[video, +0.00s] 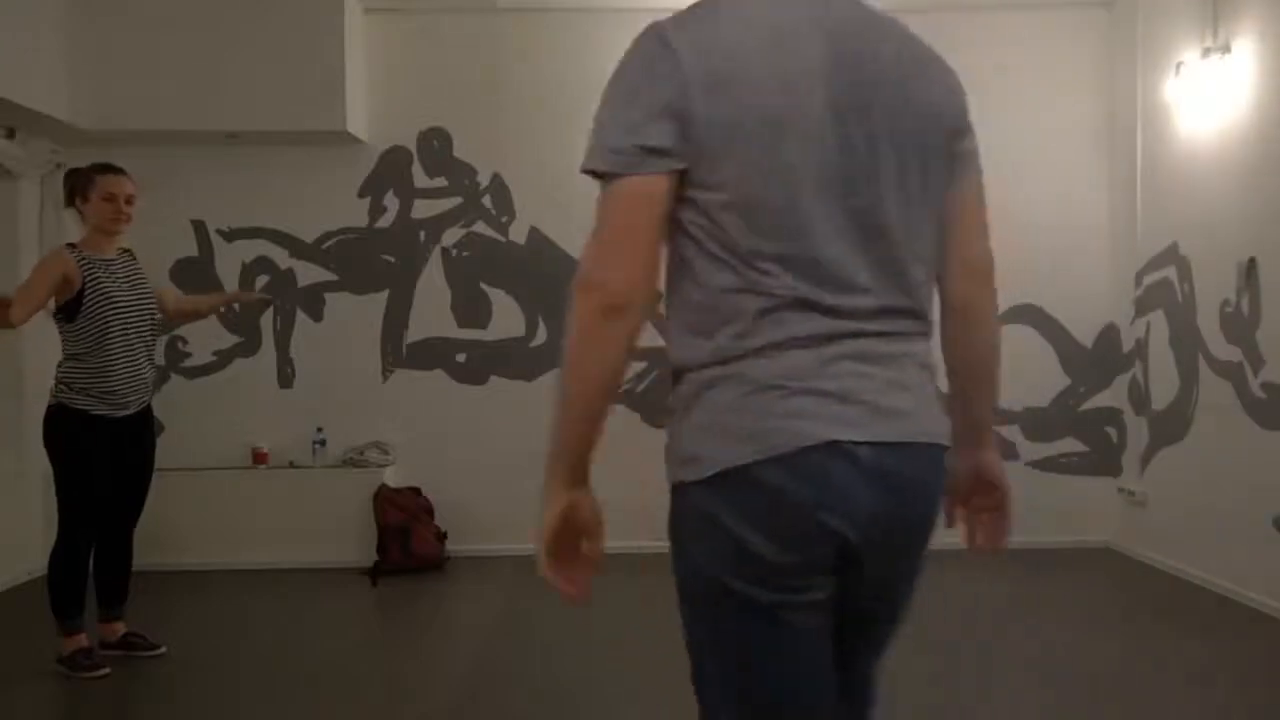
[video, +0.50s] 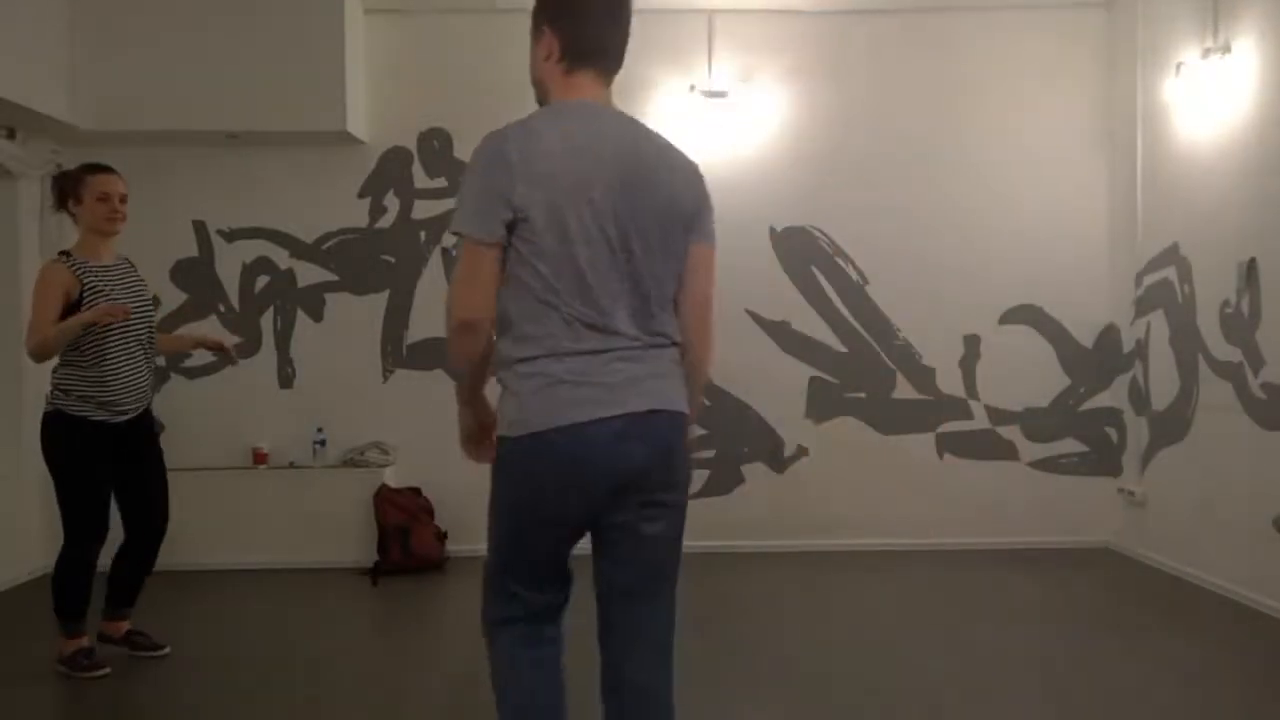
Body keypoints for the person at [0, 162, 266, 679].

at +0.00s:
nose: (121, 209)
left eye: (128, 201)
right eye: (109, 199)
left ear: (135, 207)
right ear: (82, 204)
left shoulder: (130, 264)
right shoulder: (65, 262)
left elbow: (170, 307)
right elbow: (18, 309)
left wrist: (232, 297)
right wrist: (11, 312)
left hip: (133, 419)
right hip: (79, 420)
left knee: (119, 527)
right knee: (77, 530)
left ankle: (112, 630)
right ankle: (73, 641)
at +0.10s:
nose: (118, 209)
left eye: (125, 201)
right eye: (106, 199)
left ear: (131, 207)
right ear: (78, 204)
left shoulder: (130, 267)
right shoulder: (62, 268)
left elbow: (167, 316)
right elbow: (18, 338)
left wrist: (232, 296)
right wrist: (32, 303)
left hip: (132, 419)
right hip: (77, 420)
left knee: (118, 528)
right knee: (77, 531)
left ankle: (112, 630)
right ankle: (73, 641)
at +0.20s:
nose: (114, 209)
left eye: (120, 201)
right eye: (102, 199)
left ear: (126, 208)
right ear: (73, 204)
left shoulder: (129, 267)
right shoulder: (58, 270)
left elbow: (152, 333)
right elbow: (32, 351)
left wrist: (206, 318)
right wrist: (50, 317)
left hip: (131, 421)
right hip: (76, 423)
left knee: (119, 529)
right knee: (77, 532)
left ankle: (112, 630)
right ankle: (71, 642)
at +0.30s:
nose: (111, 209)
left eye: (118, 201)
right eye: (99, 200)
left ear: (124, 208)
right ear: (71, 206)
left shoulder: (128, 270)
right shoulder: (57, 273)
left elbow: (150, 340)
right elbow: (36, 351)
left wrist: (204, 333)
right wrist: (63, 324)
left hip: (131, 424)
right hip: (75, 425)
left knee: (121, 529)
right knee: (78, 533)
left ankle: (112, 630)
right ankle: (71, 642)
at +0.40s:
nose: (111, 210)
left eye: (118, 201)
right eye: (99, 200)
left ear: (124, 208)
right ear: (71, 206)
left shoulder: (127, 271)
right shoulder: (58, 273)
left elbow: (146, 342)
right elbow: (35, 349)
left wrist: (201, 337)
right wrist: (73, 321)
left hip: (131, 424)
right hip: (75, 426)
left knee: (132, 530)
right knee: (80, 534)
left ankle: (113, 630)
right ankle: (71, 642)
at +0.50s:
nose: (116, 208)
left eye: (122, 200)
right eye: (103, 199)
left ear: (127, 207)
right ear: (74, 207)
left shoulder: (126, 269)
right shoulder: (61, 271)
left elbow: (143, 342)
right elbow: (37, 347)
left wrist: (198, 339)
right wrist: (85, 319)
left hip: (132, 423)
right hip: (77, 427)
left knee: (149, 522)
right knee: (86, 533)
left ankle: (116, 625)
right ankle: (72, 642)